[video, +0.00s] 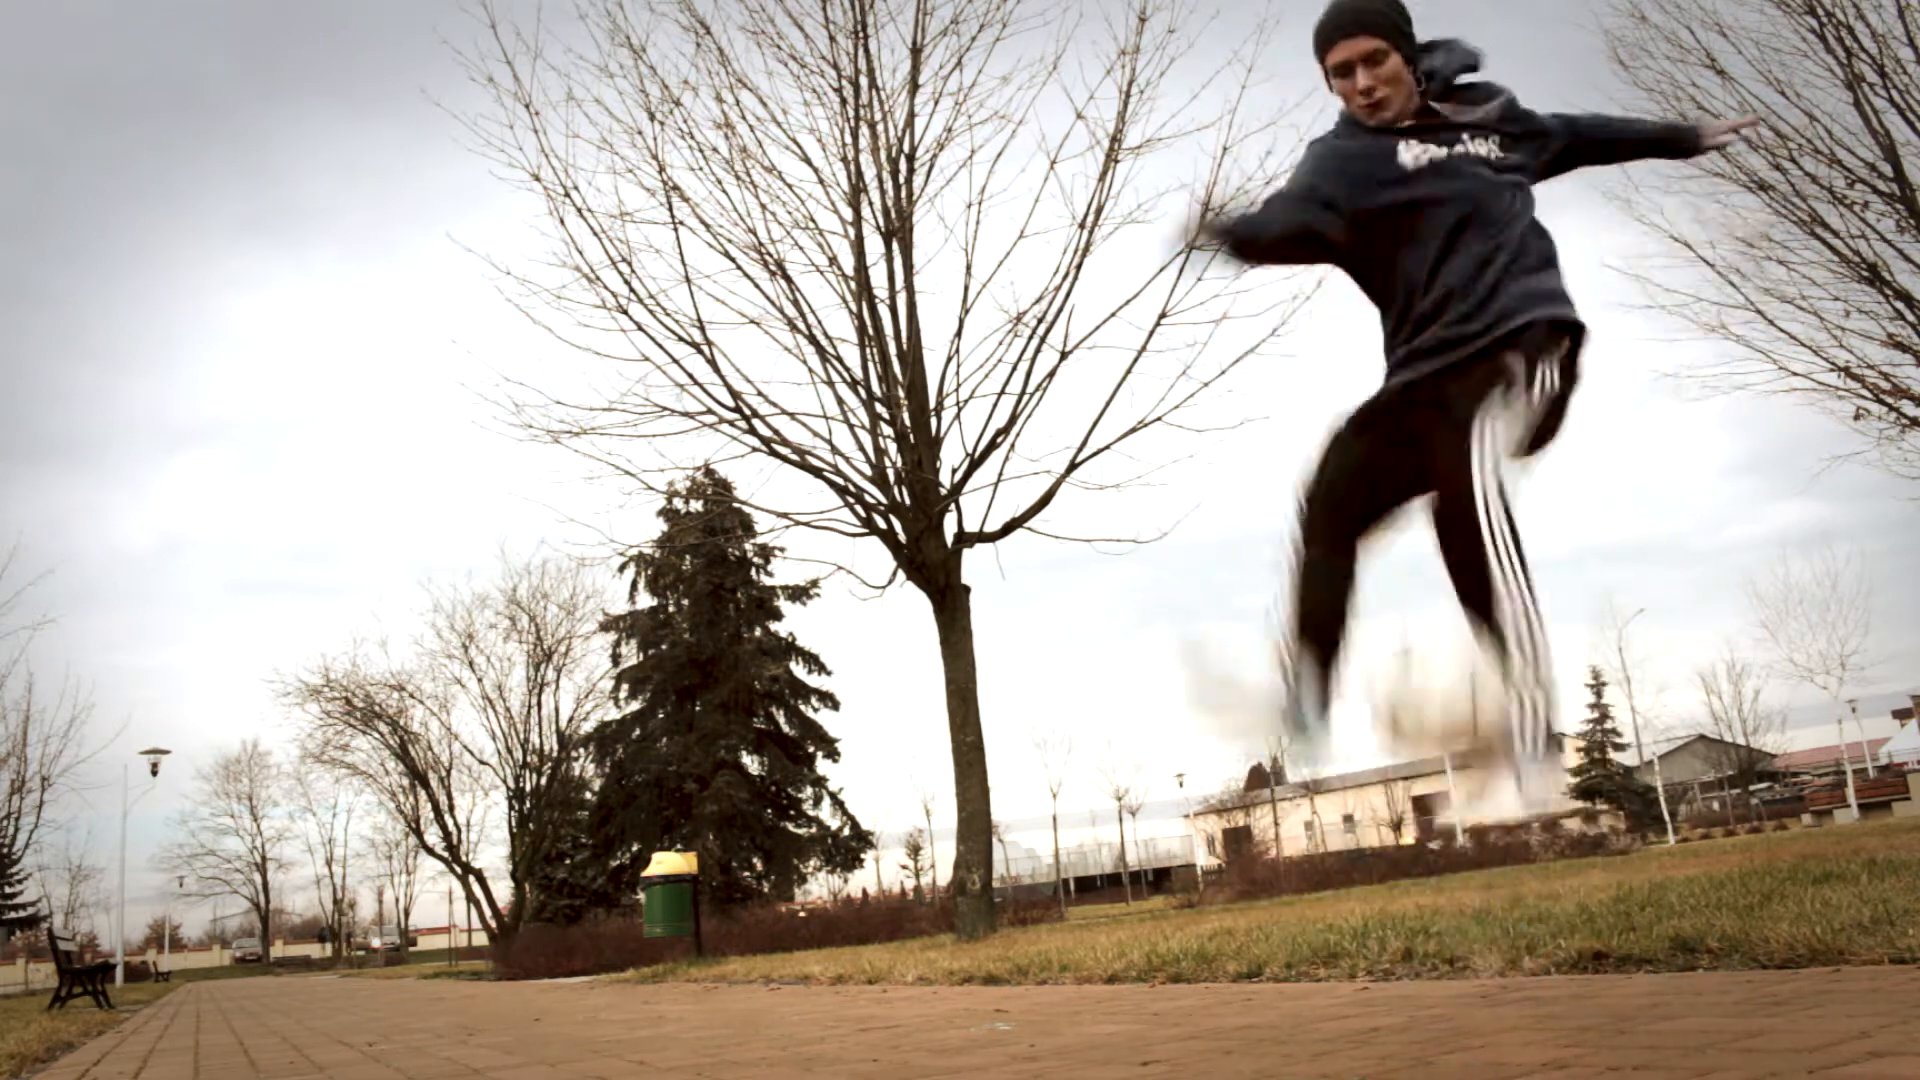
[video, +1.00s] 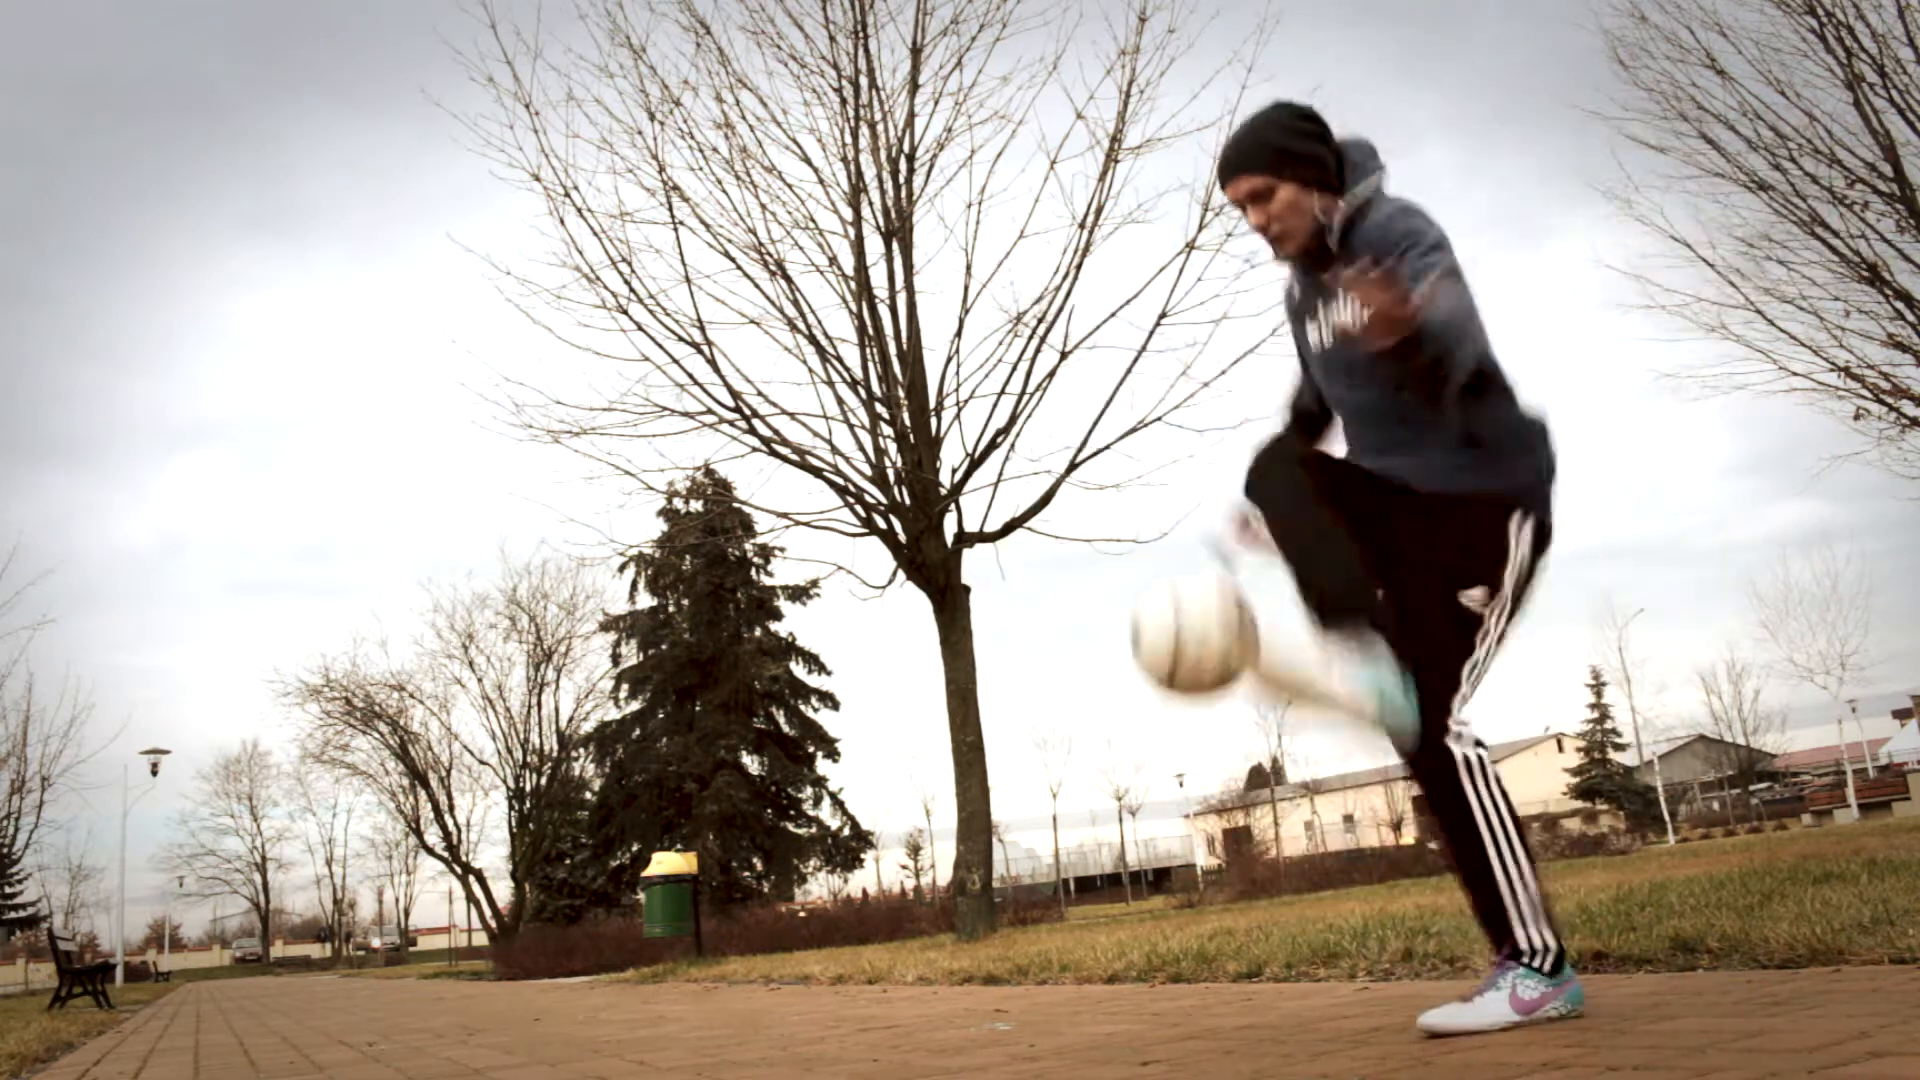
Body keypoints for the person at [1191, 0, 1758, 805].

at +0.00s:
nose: (1363, 82)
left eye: (1374, 60)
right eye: (1343, 73)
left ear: (1409, 52)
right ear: (1330, 84)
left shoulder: (1490, 124)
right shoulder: (1339, 159)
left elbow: (1586, 135)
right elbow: (1293, 223)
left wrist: (1687, 137)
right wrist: (1227, 232)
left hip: (1526, 338)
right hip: (1427, 373)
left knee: (1469, 492)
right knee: (1331, 507)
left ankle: (1533, 720)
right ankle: (1304, 715)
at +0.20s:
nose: (1382, 201)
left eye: (1395, 179)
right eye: (1364, 189)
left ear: (1434, 175)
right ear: (1350, 200)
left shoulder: (1520, 248)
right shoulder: (1345, 303)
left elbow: (1659, 265)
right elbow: (1322, 410)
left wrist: (1805, 226)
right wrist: (1282, 486)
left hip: (1527, 519)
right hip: (1430, 539)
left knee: (1567, 724)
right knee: (1451, 379)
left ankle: (1612, 938)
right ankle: (1665, 509)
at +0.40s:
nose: (1371, 164)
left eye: (1386, 144)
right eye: (1357, 153)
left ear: (1434, 141)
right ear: (1352, 166)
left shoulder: (1505, 226)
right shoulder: (1345, 269)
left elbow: (1619, 287)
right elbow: (1321, 399)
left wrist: (1742, 300)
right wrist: (1250, 491)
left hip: (1503, 516)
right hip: (1396, 538)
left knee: (1524, 738)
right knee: (1400, 744)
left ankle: (1600, 935)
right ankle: (1477, 935)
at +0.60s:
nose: (1335, 211)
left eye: (1344, 188)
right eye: (1323, 199)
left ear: (1398, 166)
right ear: (1331, 205)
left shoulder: (1504, 226)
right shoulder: (1339, 296)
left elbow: (1634, 262)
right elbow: (1223, 366)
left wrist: (1764, 234)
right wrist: (1091, 342)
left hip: (1454, 494)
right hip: (1401, 519)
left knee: (1211, 506)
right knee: (1367, 754)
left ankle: (1112, 676)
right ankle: (1476, 958)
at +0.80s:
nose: (1261, 179)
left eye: (1268, 155)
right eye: (1248, 167)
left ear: (1317, 132)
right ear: (1250, 166)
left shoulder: (1419, 169)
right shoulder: (1276, 259)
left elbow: (1569, 185)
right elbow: (1170, 318)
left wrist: (1650, 166)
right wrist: (1045, 294)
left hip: (1501, 406)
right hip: (1415, 453)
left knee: (1299, 424)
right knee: (1369, 675)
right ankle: (1384, 905)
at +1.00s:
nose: (1254, 223)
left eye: (1262, 199)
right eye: (1243, 210)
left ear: (1313, 178)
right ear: (1260, 207)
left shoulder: (1394, 228)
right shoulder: (1306, 285)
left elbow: (1459, 348)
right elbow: (1321, 390)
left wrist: (1402, 325)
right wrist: (1266, 489)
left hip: (1488, 494)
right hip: (1402, 497)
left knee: (1427, 722)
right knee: (1278, 462)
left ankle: (1538, 968)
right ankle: (1370, 657)